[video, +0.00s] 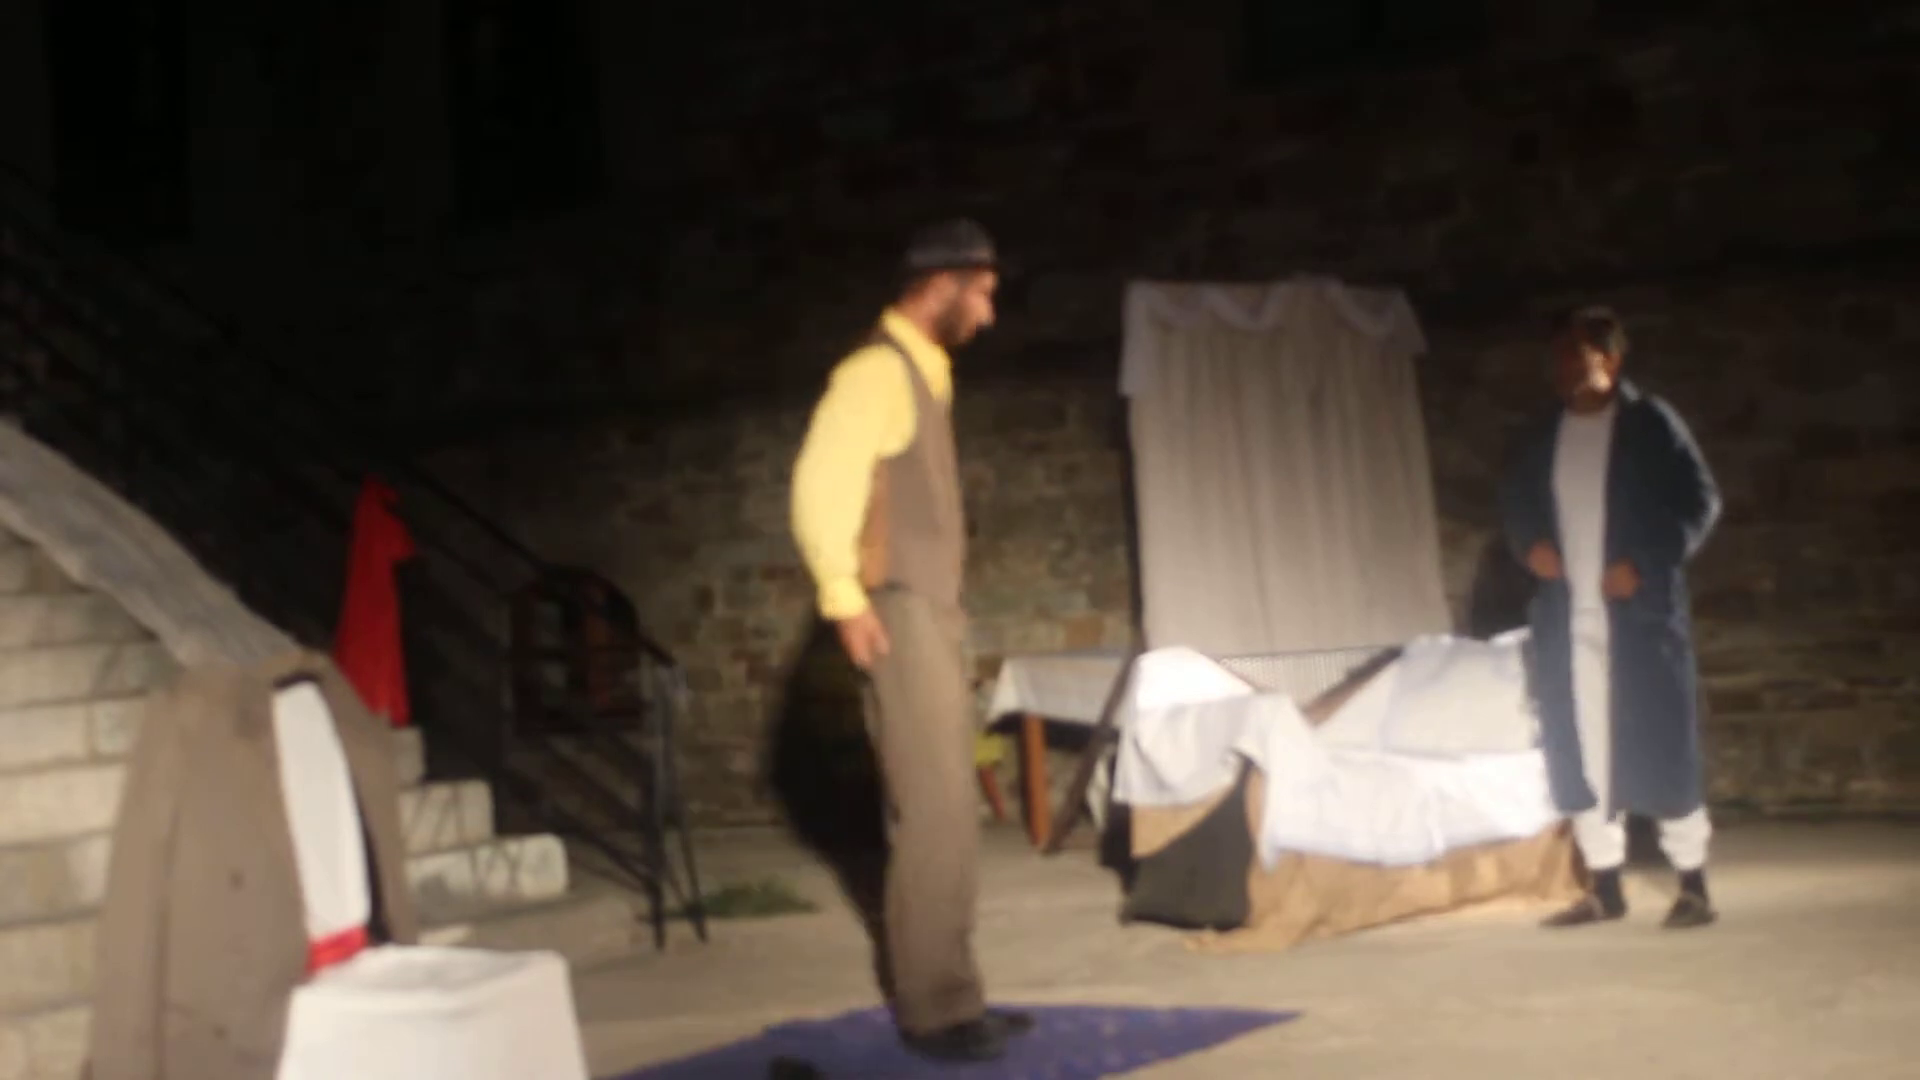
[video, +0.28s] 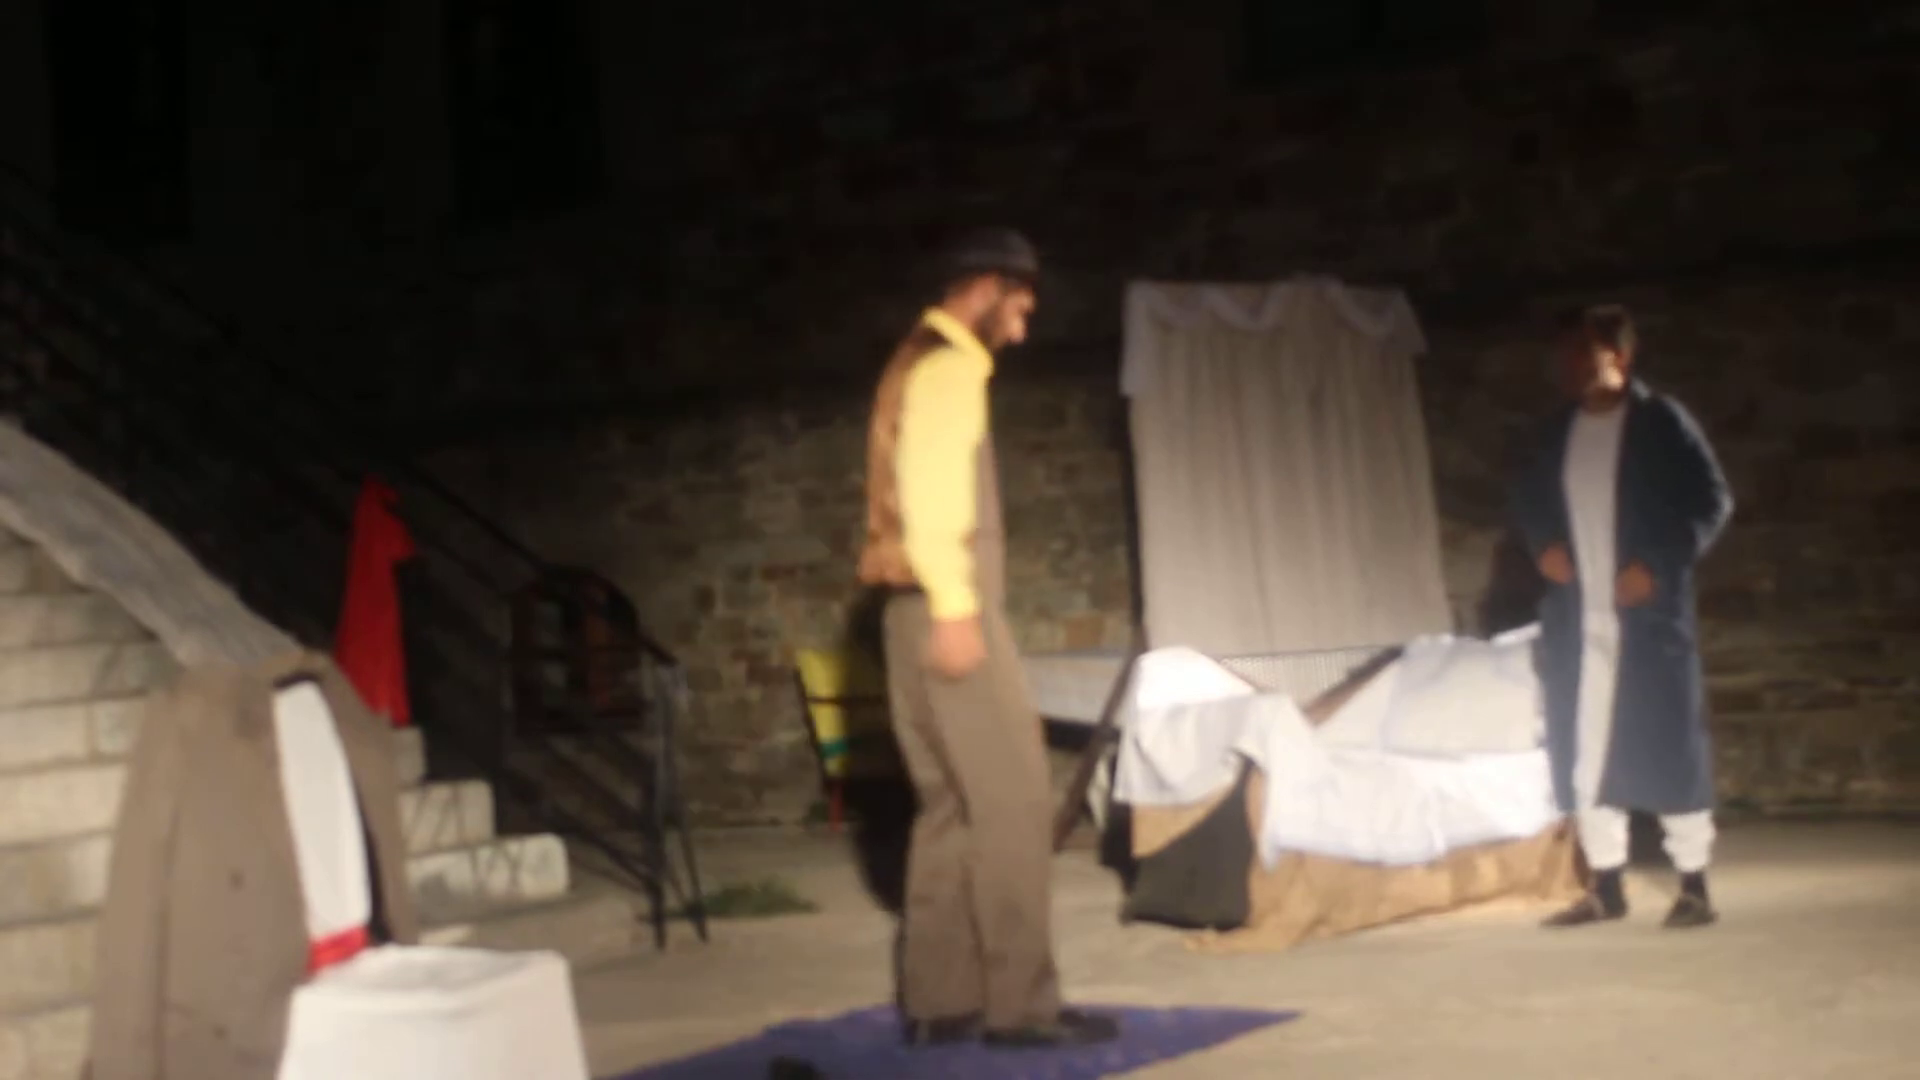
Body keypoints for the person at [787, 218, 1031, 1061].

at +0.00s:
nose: (989, 314)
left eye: (992, 297)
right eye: (983, 295)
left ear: (946, 289)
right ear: (941, 288)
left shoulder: (920, 374)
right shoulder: (877, 373)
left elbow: (899, 500)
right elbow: (820, 484)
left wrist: (942, 613)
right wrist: (843, 599)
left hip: (931, 616)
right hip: (901, 617)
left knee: (947, 809)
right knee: (935, 811)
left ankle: (946, 999)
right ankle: (935, 1008)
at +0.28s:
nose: (1023, 324)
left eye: (1027, 307)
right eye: (1018, 305)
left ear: (969, 298)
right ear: (980, 292)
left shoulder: (923, 362)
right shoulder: (952, 366)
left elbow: (920, 491)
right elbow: (932, 486)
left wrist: (952, 596)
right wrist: (953, 606)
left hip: (909, 607)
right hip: (949, 608)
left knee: (948, 808)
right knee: (1013, 799)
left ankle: (942, 1002)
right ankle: (1020, 1002)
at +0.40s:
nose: (1047, 339)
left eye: (1051, 324)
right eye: (1045, 321)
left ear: (996, 305)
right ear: (1009, 304)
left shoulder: (920, 380)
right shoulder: (984, 376)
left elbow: (876, 500)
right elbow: (992, 501)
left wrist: (898, 580)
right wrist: (1029, 610)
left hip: (919, 611)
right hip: (969, 612)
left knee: (995, 798)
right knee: (1025, 799)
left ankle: (952, 974)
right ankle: (1022, 1006)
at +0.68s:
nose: (1072, 362)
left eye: (1081, 347)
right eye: (1074, 341)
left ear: (1022, 318)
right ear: (1044, 315)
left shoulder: (948, 381)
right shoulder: (1014, 379)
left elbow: (891, 489)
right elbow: (1031, 500)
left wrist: (887, 597)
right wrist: (1084, 597)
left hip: (937, 609)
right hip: (986, 609)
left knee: (981, 797)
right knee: (1023, 795)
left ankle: (1019, 982)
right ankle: (1020, 1000)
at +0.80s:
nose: (1077, 365)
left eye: (1085, 351)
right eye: (1078, 344)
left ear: (1023, 320)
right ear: (1046, 318)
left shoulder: (956, 379)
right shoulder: (1013, 379)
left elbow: (909, 491)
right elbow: (1014, 497)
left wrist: (906, 600)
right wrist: (1053, 600)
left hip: (944, 617)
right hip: (990, 618)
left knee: (983, 802)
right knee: (1055, 791)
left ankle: (1020, 983)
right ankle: (1038, 987)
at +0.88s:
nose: (1083, 360)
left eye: (1090, 347)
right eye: (1084, 342)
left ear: (1043, 317)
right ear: (1051, 315)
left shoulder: (972, 378)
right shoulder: (1012, 379)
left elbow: (929, 504)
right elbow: (998, 492)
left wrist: (924, 619)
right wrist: (1023, 602)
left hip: (948, 605)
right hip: (986, 606)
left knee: (984, 797)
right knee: (1066, 771)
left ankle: (1015, 974)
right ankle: (1069, 965)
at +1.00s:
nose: (1086, 367)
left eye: (1096, 352)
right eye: (1088, 346)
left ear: (1048, 320)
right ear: (1058, 318)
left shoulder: (988, 377)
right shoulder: (1012, 378)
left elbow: (973, 496)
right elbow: (978, 488)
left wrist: (997, 599)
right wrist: (989, 603)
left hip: (957, 608)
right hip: (991, 609)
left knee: (993, 799)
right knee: (1089, 759)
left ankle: (1017, 983)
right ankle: (1141, 937)